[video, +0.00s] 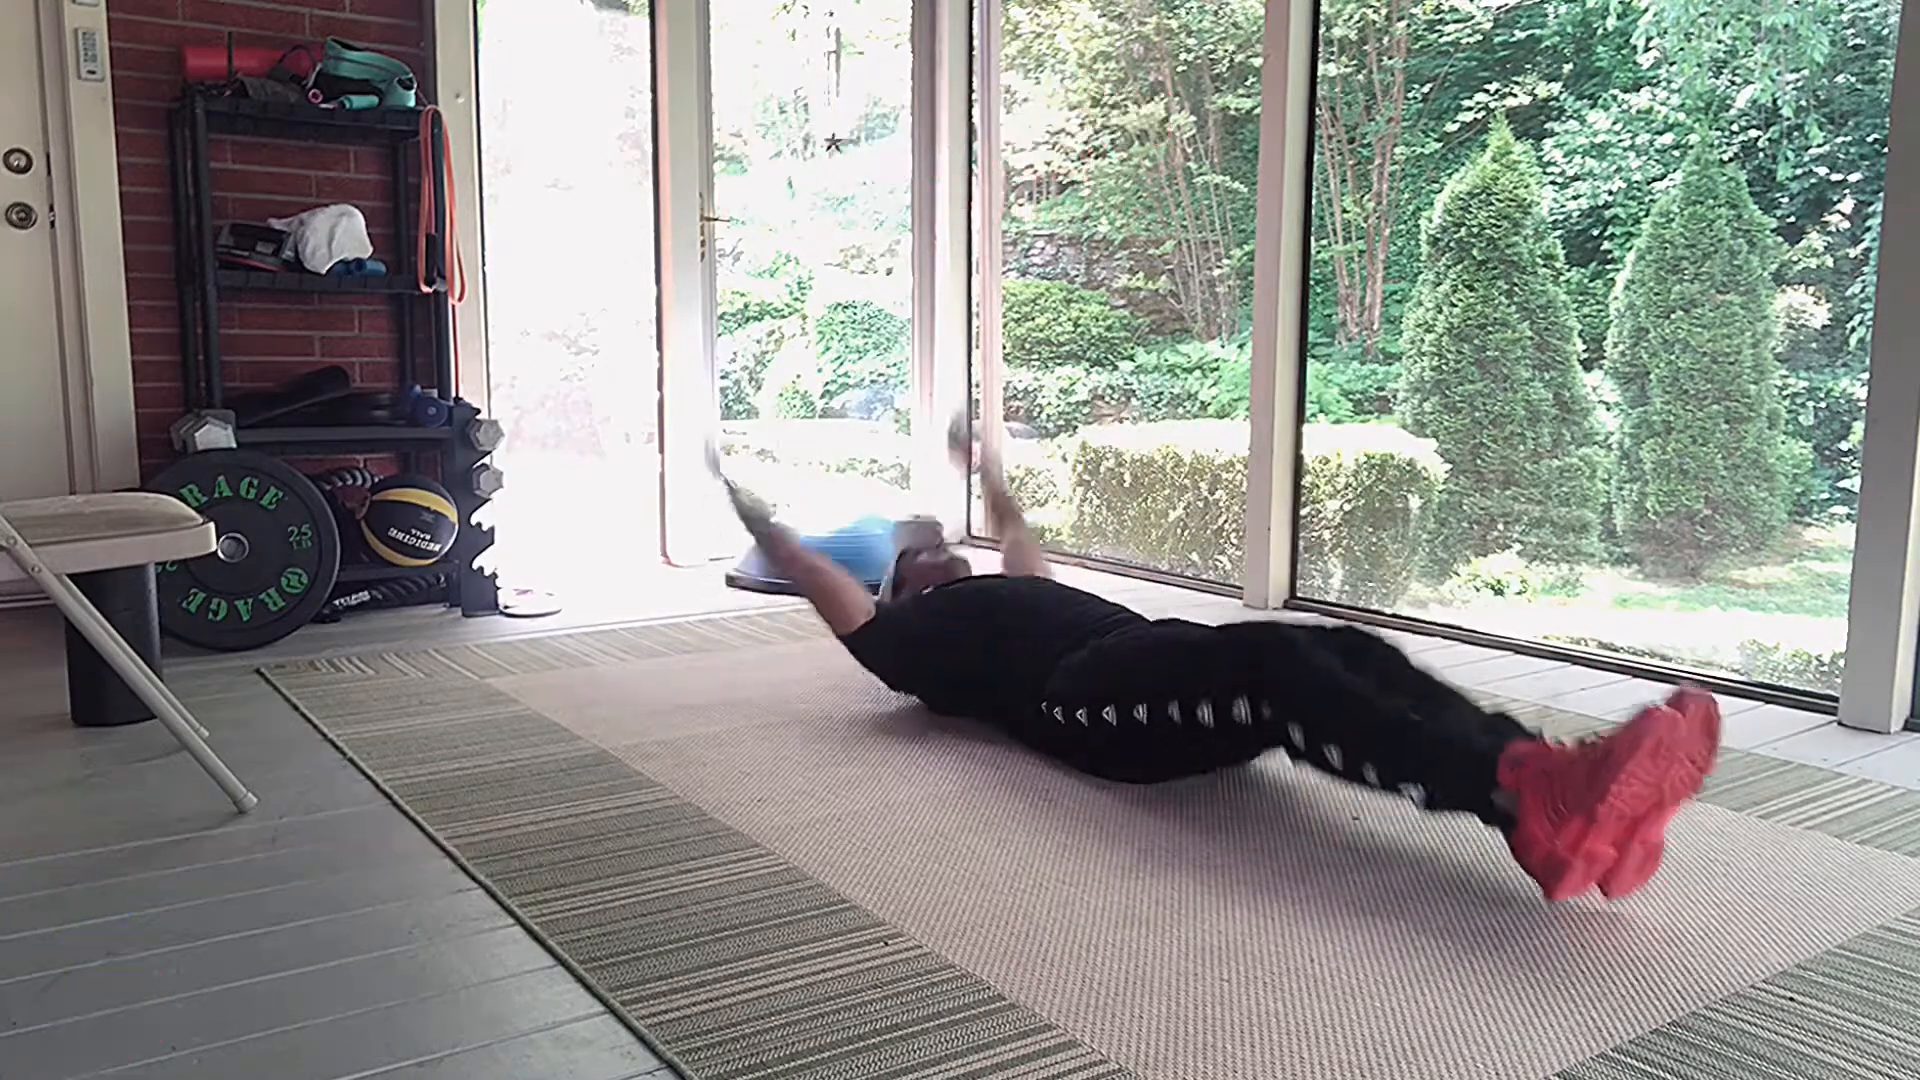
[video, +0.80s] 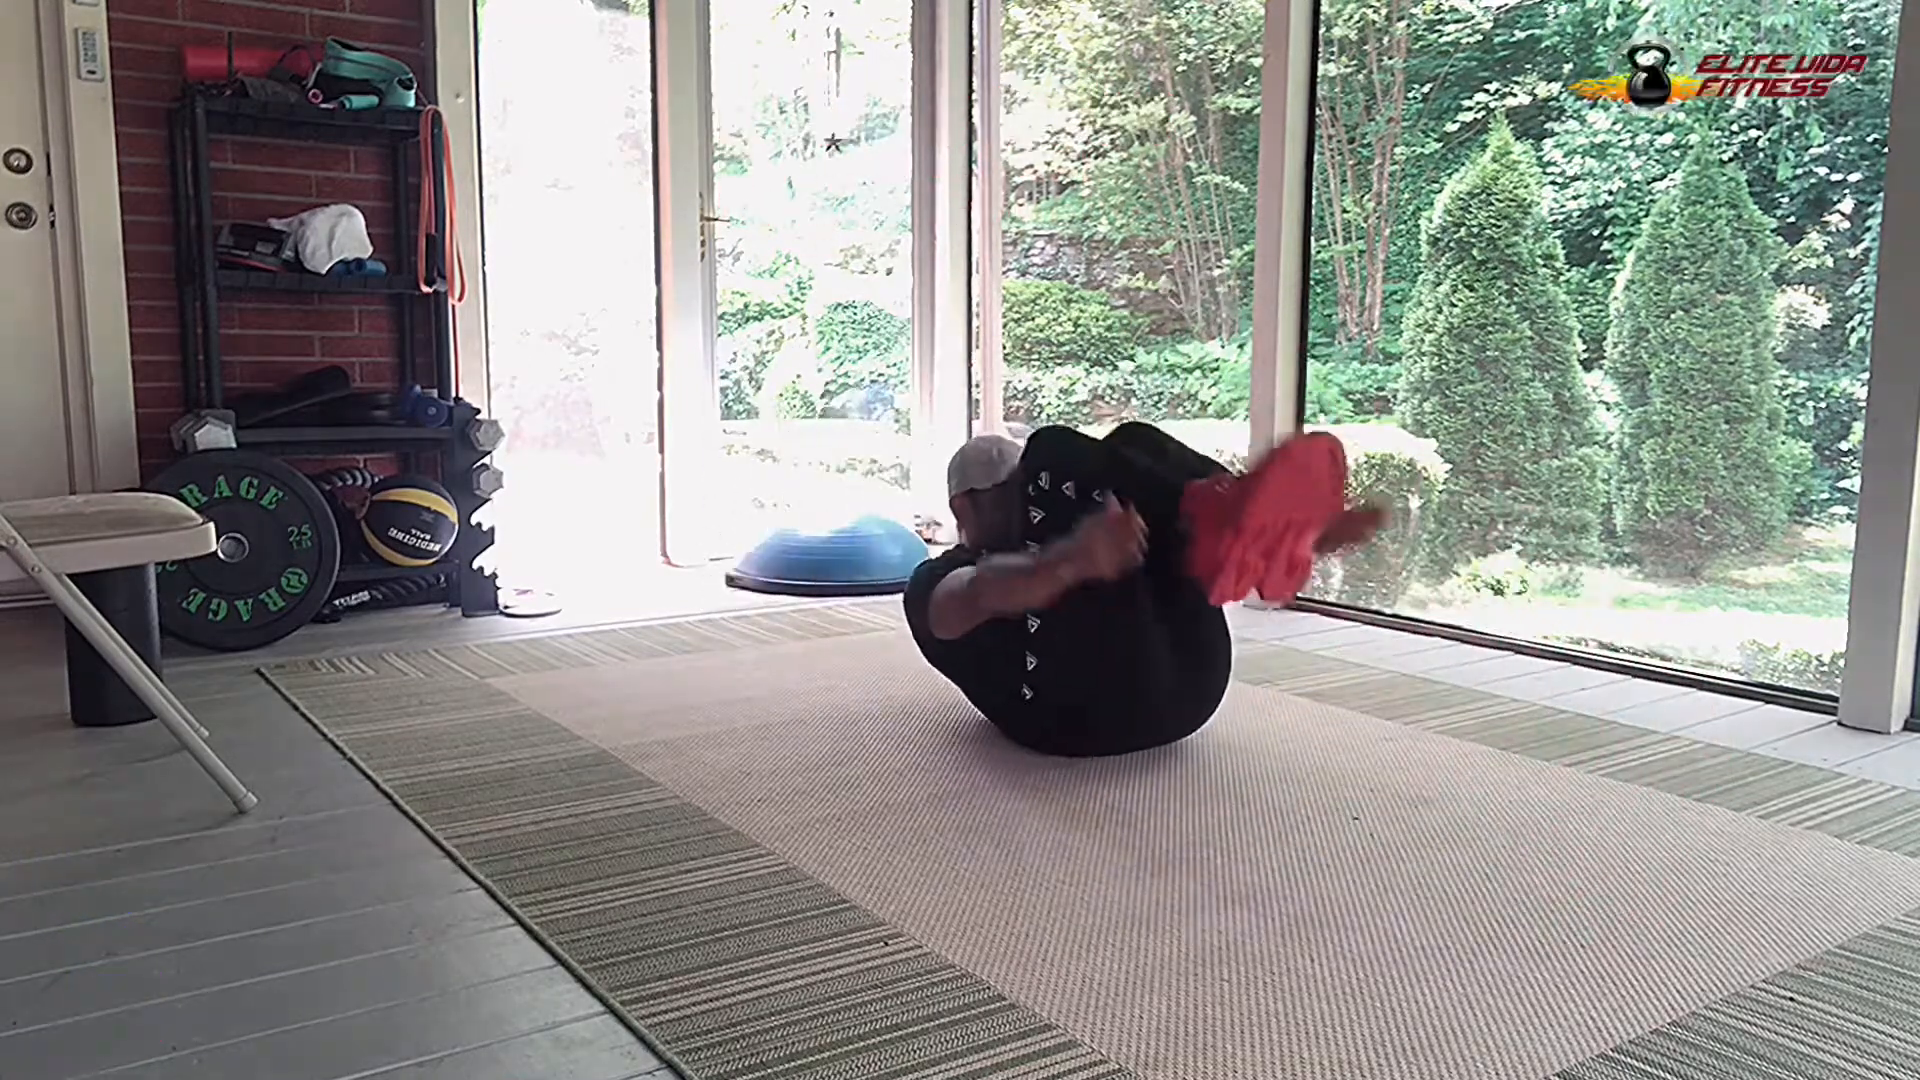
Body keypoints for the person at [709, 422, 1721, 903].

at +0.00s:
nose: (937, 558)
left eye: (942, 549)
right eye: (917, 558)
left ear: (967, 562)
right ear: (889, 590)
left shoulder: (1009, 594)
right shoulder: (895, 635)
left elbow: (1013, 540)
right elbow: (803, 564)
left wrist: (976, 482)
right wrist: (750, 509)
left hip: (1159, 654)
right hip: (1084, 699)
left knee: (1338, 641)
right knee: (1281, 666)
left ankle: (1560, 795)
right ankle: (1531, 809)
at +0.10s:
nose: (956, 523)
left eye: (959, 517)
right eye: (934, 522)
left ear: (975, 540)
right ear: (902, 560)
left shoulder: (1032, 580)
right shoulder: (910, 616)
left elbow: (1061, 497)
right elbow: (833, 542)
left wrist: (1051, 397)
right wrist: (791, 465)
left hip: (1172, 677)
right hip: (1099, 707)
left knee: (1336, 588)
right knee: (1256, 602)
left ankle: (1525, 748)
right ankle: (1497, 744)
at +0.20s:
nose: (975, 497)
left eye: (983, 490)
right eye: (955, 493)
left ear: (999, 515)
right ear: (919, 530)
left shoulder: (1054, 563)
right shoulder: (916, 604)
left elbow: (1115, 461)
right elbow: (858, 492)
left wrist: (1142, 340)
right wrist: (838, 374)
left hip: (1174, 690)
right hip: (1102, 712)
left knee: (1303, 524)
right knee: (1216, 536)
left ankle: (1482, 664)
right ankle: (1444, 688)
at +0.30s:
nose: (1005, 497)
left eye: (1010, 486)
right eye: (984, 487)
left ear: (1018, 504)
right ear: (939, 510)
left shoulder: (1074, 555)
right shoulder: (933, 597)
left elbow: (1167, 466)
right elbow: (908, 473)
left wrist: (1234, 351)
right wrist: (919, 353)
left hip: (1185, 696)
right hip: (1102, 707)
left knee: (1252, 475)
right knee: (1159, 497)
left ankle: (1419, 601)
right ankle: (1373, 612)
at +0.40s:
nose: (1032, 489)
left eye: (1033, 474)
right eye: (1013, 478)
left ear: (1035, 483)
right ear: (966, 492)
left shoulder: (1068, 559)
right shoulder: (937, 588)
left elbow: (1204, 531)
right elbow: (967, 503)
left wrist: (1299, 414)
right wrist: (1000, 437)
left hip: (1186, 698)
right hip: (1095, 706)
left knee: (1202, 445)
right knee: (1114, 456)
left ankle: (1351, 540)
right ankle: (1308, 564)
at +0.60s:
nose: (1041, 505)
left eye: (1037, 492)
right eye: (1019, 494)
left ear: (1046, 491)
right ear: (981, 499)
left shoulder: (1078, 530)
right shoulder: (943, 567)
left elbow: (1197, 531)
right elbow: (991, 597)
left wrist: (1324, 544)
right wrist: (1105, 563)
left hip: (1185, 695)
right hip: (1084, 713)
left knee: (1133, 444)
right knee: (1062, 449)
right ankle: (1211, 491)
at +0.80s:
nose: (959, 526)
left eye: (961, 509)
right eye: (989, 502)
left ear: (989, 503)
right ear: (968, 509)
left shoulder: (1069, 537)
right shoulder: (936, 579)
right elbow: (971, 600)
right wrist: (1071, 561)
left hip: (1191, 689)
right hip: (1091, 712)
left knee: (1129, 444)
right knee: (1049, 447)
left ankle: (1287, 535)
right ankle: (1214, 521)